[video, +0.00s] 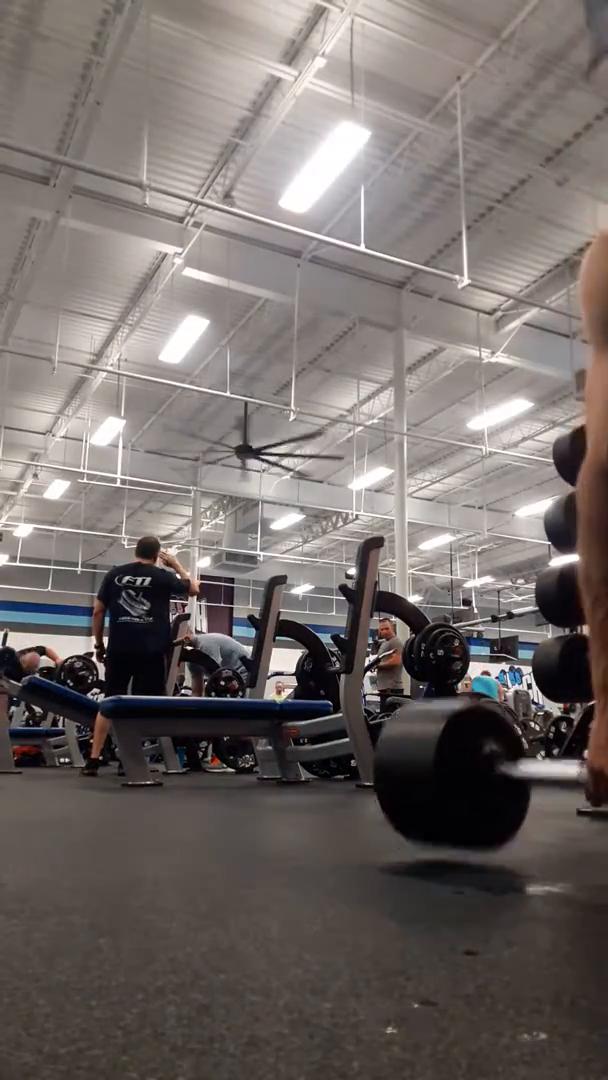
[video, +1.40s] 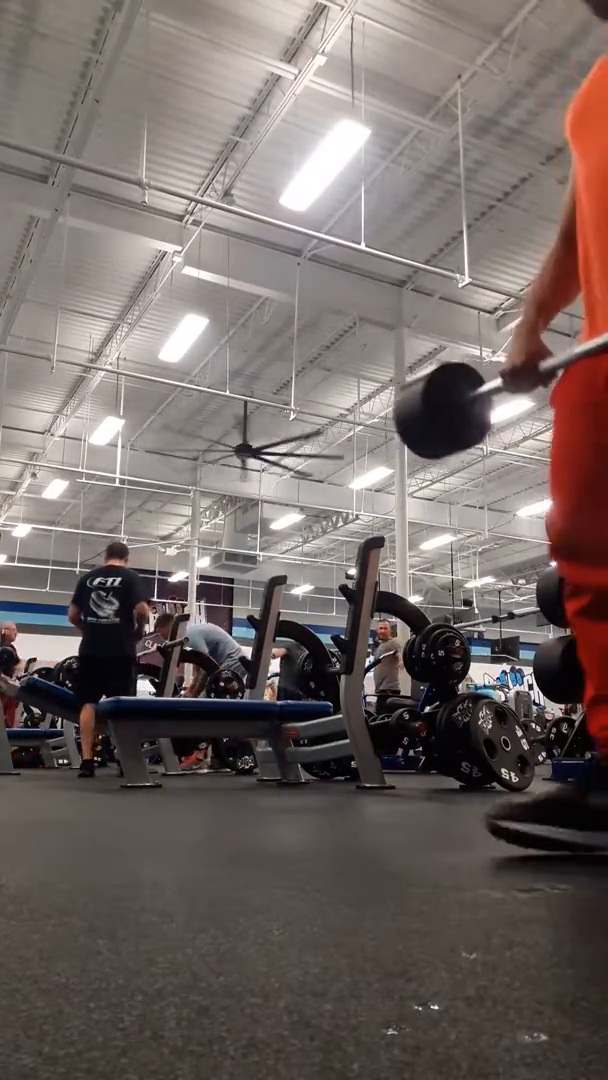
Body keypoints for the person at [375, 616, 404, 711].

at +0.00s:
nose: (384, 632)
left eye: (386, 629)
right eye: (382, 629)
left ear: (392, 629)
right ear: (379, 631)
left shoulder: (396, 642)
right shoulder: (383, 644)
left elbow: (397, 660)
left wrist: (379, 665)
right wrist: (375, 664)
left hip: (393, 687)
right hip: (384, 687)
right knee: (384, 717)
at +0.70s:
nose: (379, 632)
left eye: (380, 629)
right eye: (379, 629)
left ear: (385, 628)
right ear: (391, 629)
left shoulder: (388, 643)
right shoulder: (397, 642)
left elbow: (384, 663)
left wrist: (373, 670)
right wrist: (376, 670)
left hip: (387, 692)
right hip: (396, 690)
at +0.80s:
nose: (378, 632)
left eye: (379, 629)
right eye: (378, 630)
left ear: (385, 628)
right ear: (391, 629)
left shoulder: (386, 643)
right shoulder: (398, 643)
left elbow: (383, 663)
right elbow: (403, 670)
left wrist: (373, 670)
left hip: (386, 692)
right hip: (397, 691)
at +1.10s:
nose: (378, 631)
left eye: (381, 628)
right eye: (378, 628)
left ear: (390, 629)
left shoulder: (389, 643)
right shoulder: (396, 643)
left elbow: (384, 666)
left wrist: (372, 680)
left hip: (385, 692)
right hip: (394, 691)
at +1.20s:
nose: (380, 631)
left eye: (383, 628)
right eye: (379, 629)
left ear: (391, 630)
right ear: (377, 630)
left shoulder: (390, 644)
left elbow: (387, 667)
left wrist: (378, 685)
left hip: (387, 691)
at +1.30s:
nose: (382, 631)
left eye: (385, 628)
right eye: (380, 629)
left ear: (391, 630)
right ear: (377, 631)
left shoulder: (393, 644)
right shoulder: (383, 646)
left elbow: (396, 661)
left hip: (389, 690)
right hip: (382, 689)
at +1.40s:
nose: (382, 631)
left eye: (385, 628)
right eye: (380, 628)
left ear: (390, 630)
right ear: (377, 631)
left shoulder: (394, 644)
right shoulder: (379, 647)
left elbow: (401, 662)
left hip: (390, 688)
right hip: (380, 687)